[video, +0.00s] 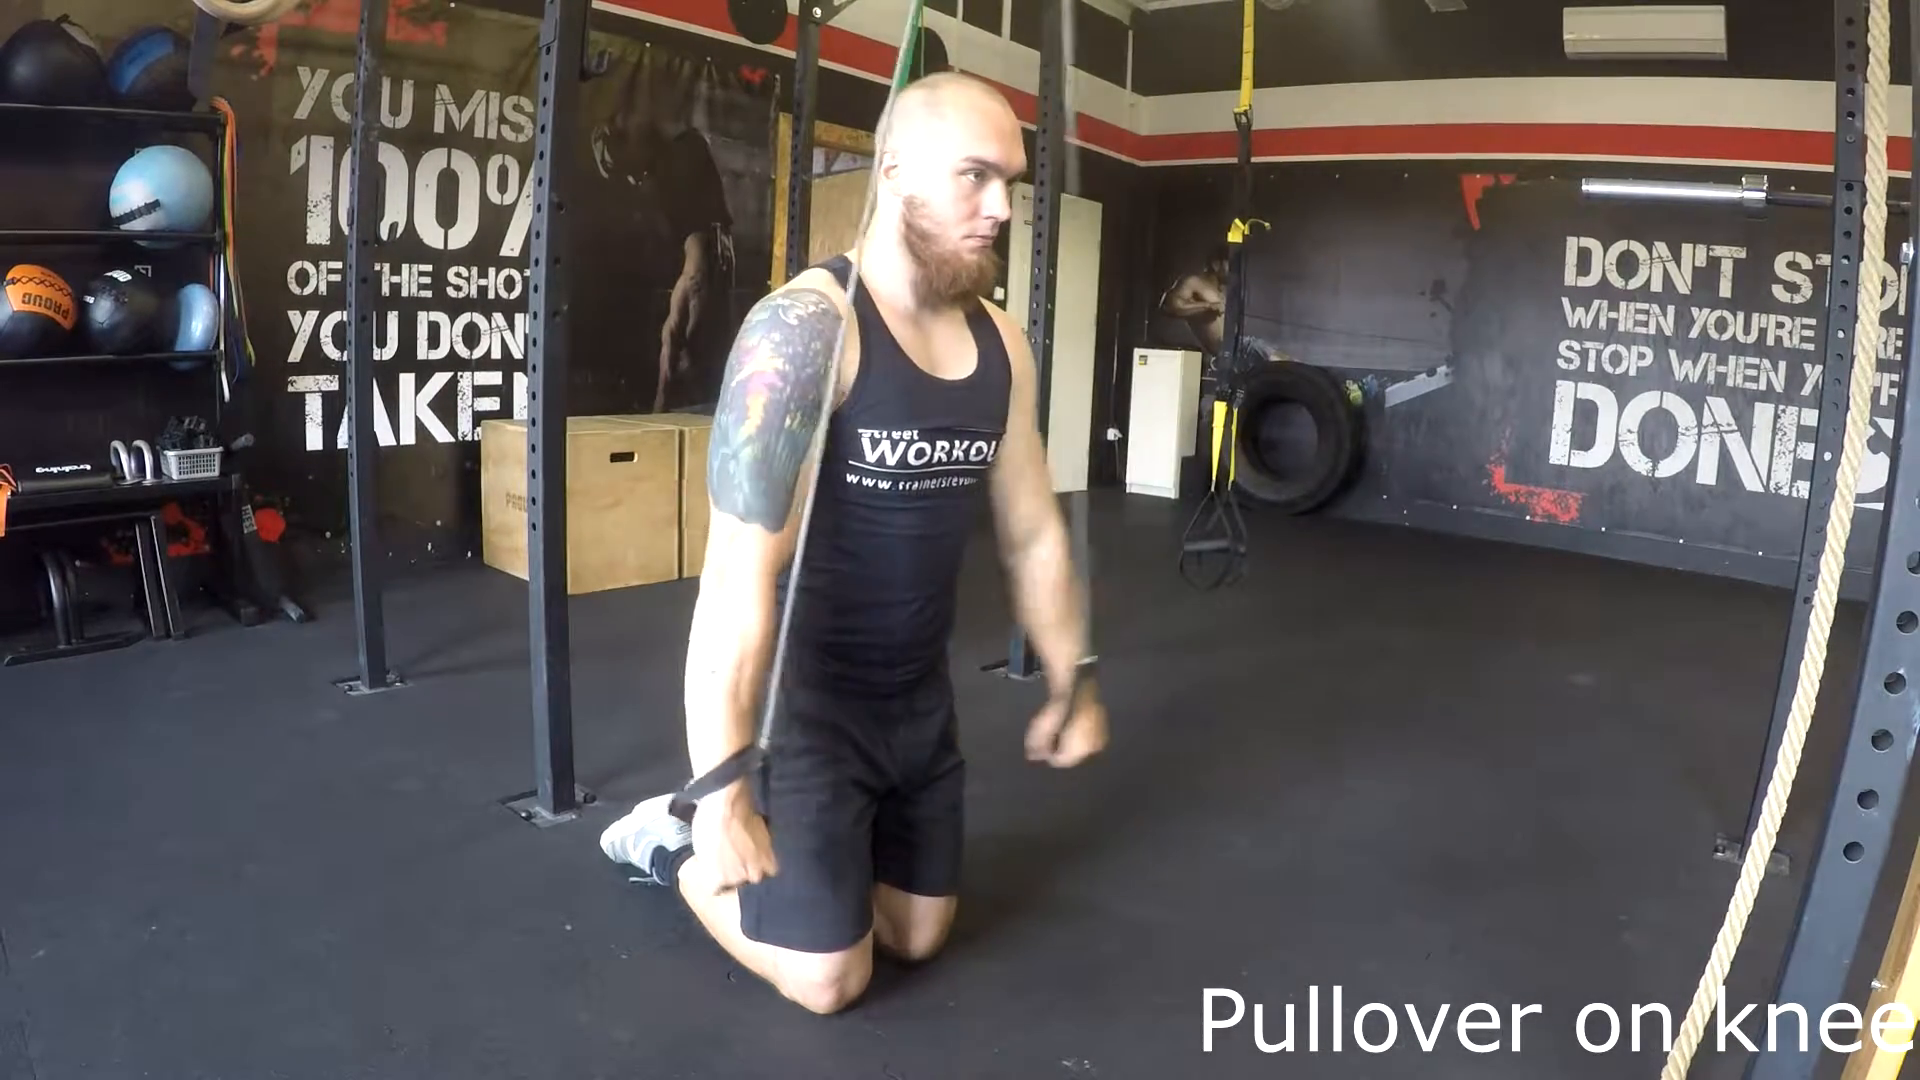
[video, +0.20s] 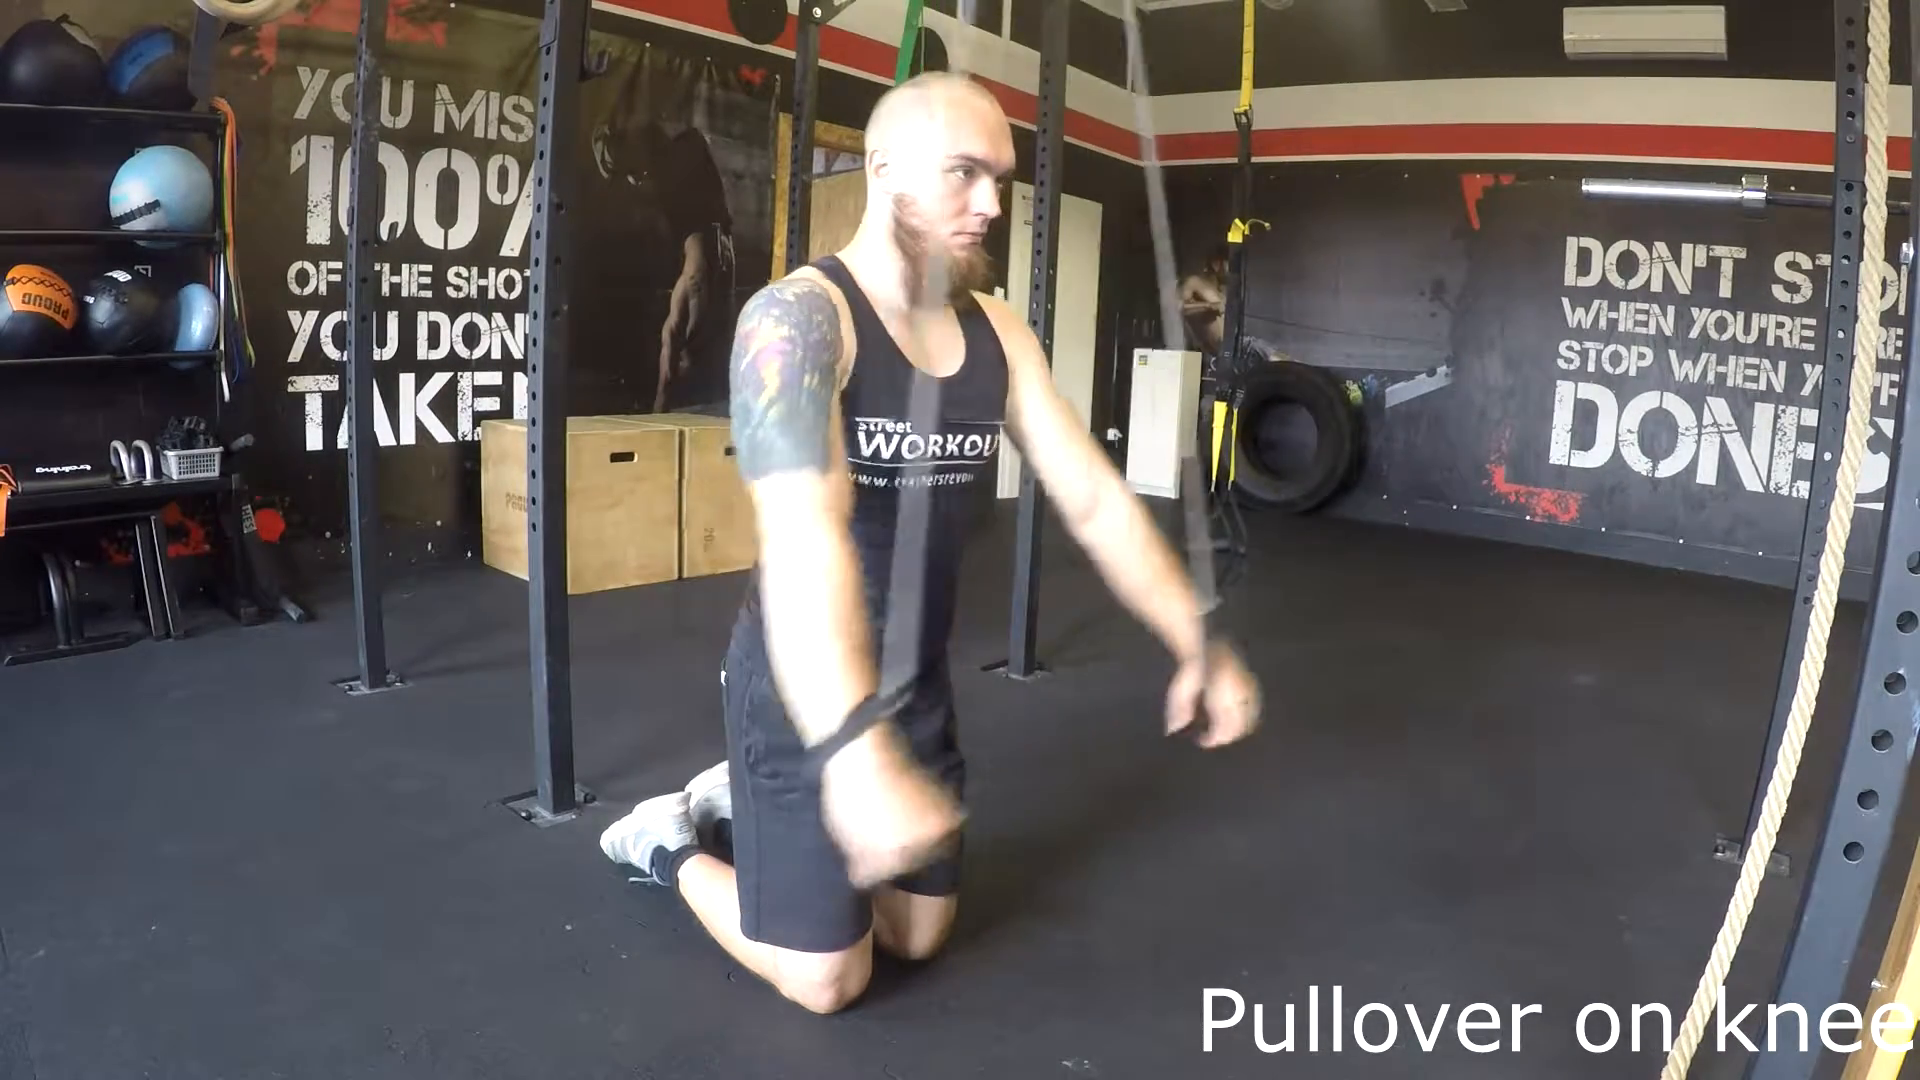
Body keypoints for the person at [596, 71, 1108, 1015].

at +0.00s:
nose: (1002, 208)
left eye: (1012, 182)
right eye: (976, 176)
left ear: (1015, 190)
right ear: (896, 176)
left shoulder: (999, 340)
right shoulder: (801, 331)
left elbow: (1032, 529)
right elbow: (738, 572)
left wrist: (1070, 675)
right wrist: (720, 786)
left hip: (920, 697)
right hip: (804, 703)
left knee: (918, 931)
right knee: (825, 980)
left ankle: (766, 837)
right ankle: (684, 845)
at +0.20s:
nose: (990, 204)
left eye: (1000, 178)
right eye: (964, 172)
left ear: (1005, 187)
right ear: (886, 177)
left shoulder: (996, 330)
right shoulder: (796, 320)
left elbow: (1093, 496)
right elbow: (802, 545)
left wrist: (1196, 640)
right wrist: (858, 751)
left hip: (917, 674)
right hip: (802, 683)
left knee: (918, 931)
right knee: (824, 979)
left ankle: (746, 806)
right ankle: (669, 853)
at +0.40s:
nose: (979, 203)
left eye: (992, 182)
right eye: (955, 173)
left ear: (994, 191)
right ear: (873, 170)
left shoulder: (981, 313)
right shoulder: (794, 302)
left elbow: (1125, 418)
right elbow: (934, 440)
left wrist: (1304, 523)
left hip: (915, 687)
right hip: (799, 689)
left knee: (915, 928)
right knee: (822, 980)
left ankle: (744, 807)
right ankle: (677, 854)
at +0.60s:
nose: (981, 210)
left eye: (991, 186)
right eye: (955, 180)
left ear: (989, 189)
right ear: (871, 174)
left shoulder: (978, 310)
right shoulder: (788, 294)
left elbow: (1134, 356)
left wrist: (1331, 387)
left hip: (912, 684)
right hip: (796, 685)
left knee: (916, 931)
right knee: (821, 977)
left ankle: (752, 807)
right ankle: (671, 851)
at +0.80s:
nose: (981, 214)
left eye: (993, 189)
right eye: (958, 183)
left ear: (991, 193)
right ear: (874, 175)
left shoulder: (977, 308)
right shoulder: (790, 299)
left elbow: (1128, 349)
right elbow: (969, 324)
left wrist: (1319, 373)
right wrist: (1245, 324)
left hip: (912, 684)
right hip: (797, 685)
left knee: (916, 931)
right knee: (820, 976)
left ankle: (755, 807)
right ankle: (672, 853)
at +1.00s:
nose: (982, 215)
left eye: (996, 188)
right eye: (958, 183)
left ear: (1003, 190)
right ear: (877, 179)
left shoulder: (983, 315)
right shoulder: (797, 312)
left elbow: (1136, 420)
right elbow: (952, 453)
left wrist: (1319, 525)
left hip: (914, 685)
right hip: (797, 687)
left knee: (915, 930)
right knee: (822, 981)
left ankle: (750, 807)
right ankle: (675, 852)